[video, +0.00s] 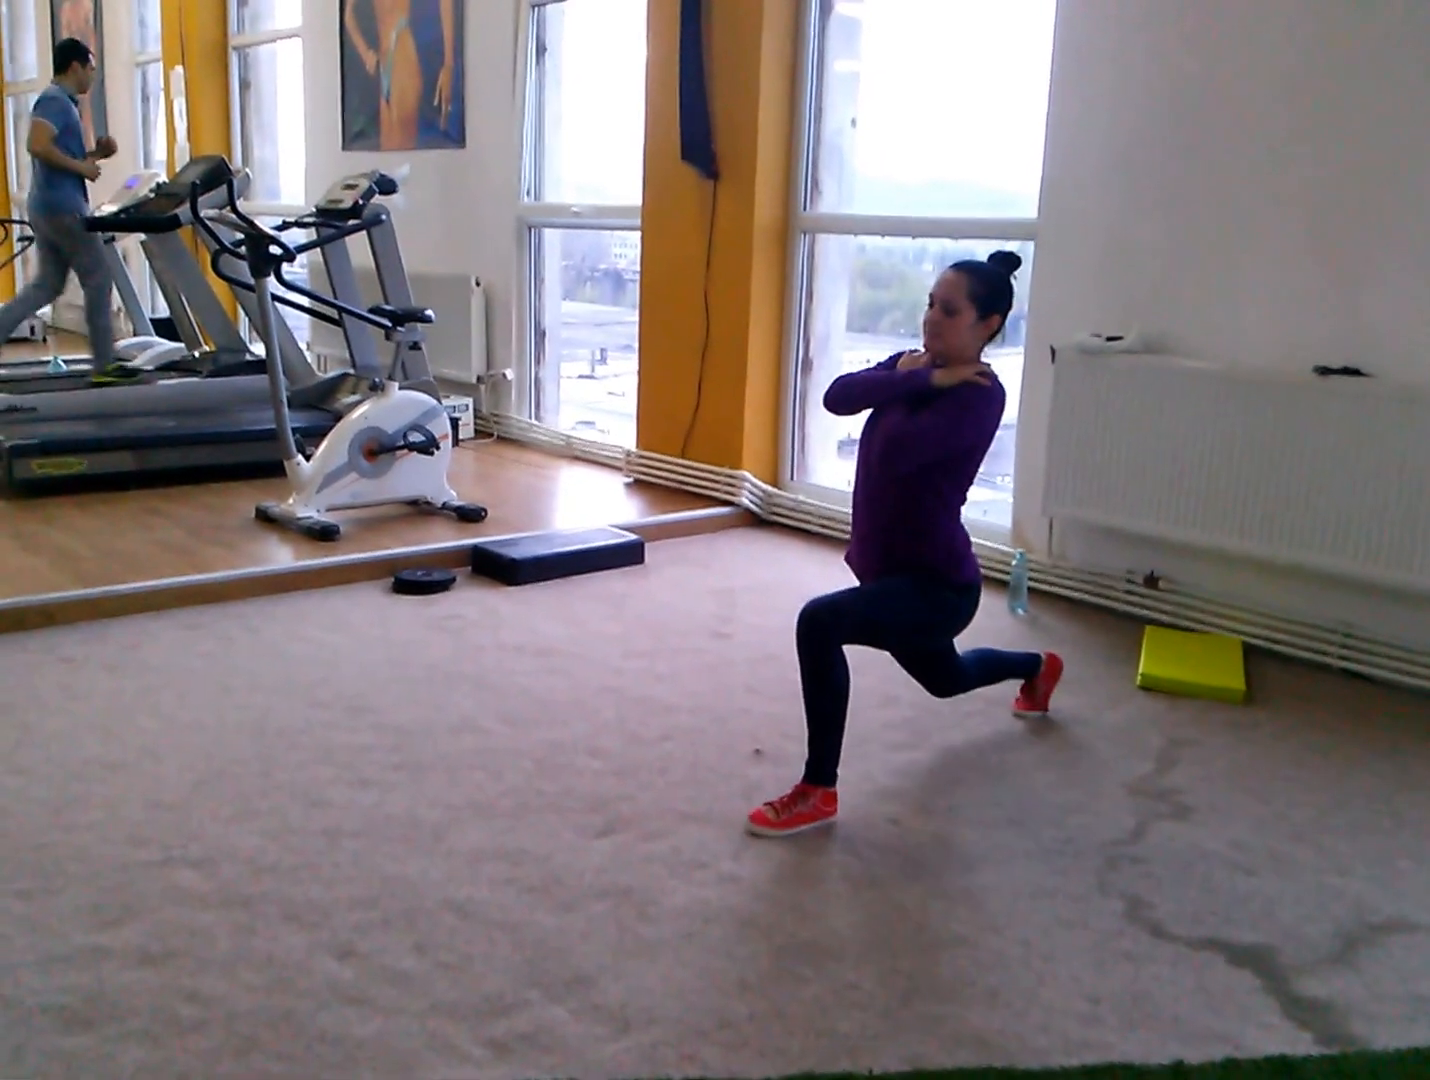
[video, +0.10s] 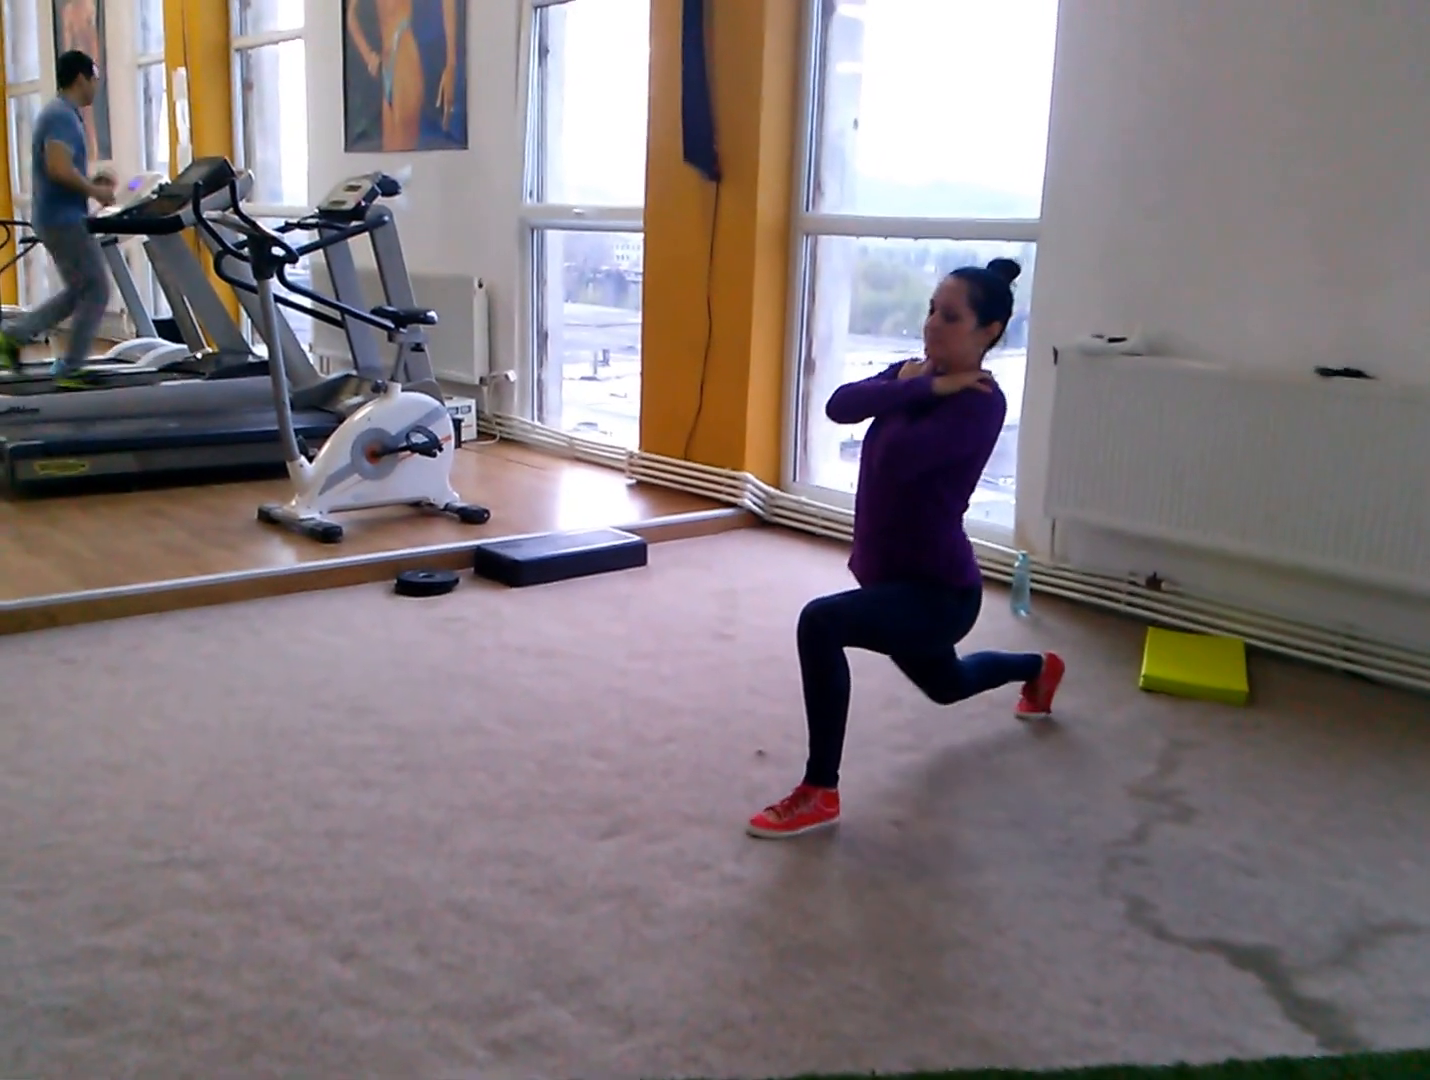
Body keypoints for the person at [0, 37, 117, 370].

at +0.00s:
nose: (93, 76)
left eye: (92, 69)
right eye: (90, 68)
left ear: (68, 68)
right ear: (75, 67)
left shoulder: (61, 102)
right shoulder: (56, 100)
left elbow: (64, 153)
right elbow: (38, 144)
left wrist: (96, 151)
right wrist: (80, 167)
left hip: (49, 208)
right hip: (61, 209)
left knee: (49, 285)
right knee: (99, 277)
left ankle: (2, 328)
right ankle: (106, 362)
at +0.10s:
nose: (97, 86)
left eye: (96, 79)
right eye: (93, 78)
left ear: (72, 80)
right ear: (80, 79)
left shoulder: (65, 116)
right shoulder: (61, 116)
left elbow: (60, 171)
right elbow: (58, 169)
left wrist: (92, 184)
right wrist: (96, 190)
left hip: (59, 220)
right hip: (61, 220)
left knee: (81, 289)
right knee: (96, 288)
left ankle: (15, 335)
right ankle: (70, 367)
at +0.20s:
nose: (98, 87)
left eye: (98, 80)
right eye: (96, 80)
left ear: (71, 80)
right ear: (84, 79)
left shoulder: (49, 111)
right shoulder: (70, 114)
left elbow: (28, 159)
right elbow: (76, 169)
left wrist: (69, 176)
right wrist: (108, 183)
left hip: (52, 218)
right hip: (66, 219)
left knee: (105, 277)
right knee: (73, 292)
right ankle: (38, 371)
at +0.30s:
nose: (99, 80)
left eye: (99, 73)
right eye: (98, 73)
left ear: (69, 71)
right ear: (85, 70)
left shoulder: (46, 104)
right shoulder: (77, 105)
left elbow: (21, 150)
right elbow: (85, 158)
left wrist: (57, 168)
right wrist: (109, 165)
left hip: (58, 215)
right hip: (68, 216)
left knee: (104, 280)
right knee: (49, 290)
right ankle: (6, 359)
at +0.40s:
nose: (100, 84)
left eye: (98, 76)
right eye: (97, 76)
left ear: (69, 78)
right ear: (86, 76)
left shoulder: (49, 112)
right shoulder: (79, 110)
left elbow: (28, 159)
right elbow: (84, 159)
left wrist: (61, 175)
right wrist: (106, 171)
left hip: (59, 217)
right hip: (74, 217)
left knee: (103, 288)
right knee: (78, 291)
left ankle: (106, 367)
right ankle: (9, 337)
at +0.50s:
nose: (101, 89)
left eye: (100, 83)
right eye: (99, 83)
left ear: (74, 85)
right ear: (87, 84)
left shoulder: (63, 119)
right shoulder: (75, 120)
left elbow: (72, 179)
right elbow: (76, 174)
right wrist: (114, 205)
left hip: (62, 224)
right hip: (73, 225)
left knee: (90, 297)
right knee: (109, 294)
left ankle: (73, 372)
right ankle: (43, 341)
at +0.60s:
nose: (105, 87)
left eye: (104, 80)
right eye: (102, 80)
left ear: (80, 80)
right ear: (89, 79)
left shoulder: (77, 115)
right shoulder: (71, 114)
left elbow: (81, 169)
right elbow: (62, 164)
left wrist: (115, 176)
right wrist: (103, 188)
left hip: (62, 221)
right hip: (72, 221)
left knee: (63, 298)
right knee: (124, 281)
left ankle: (34, 372)